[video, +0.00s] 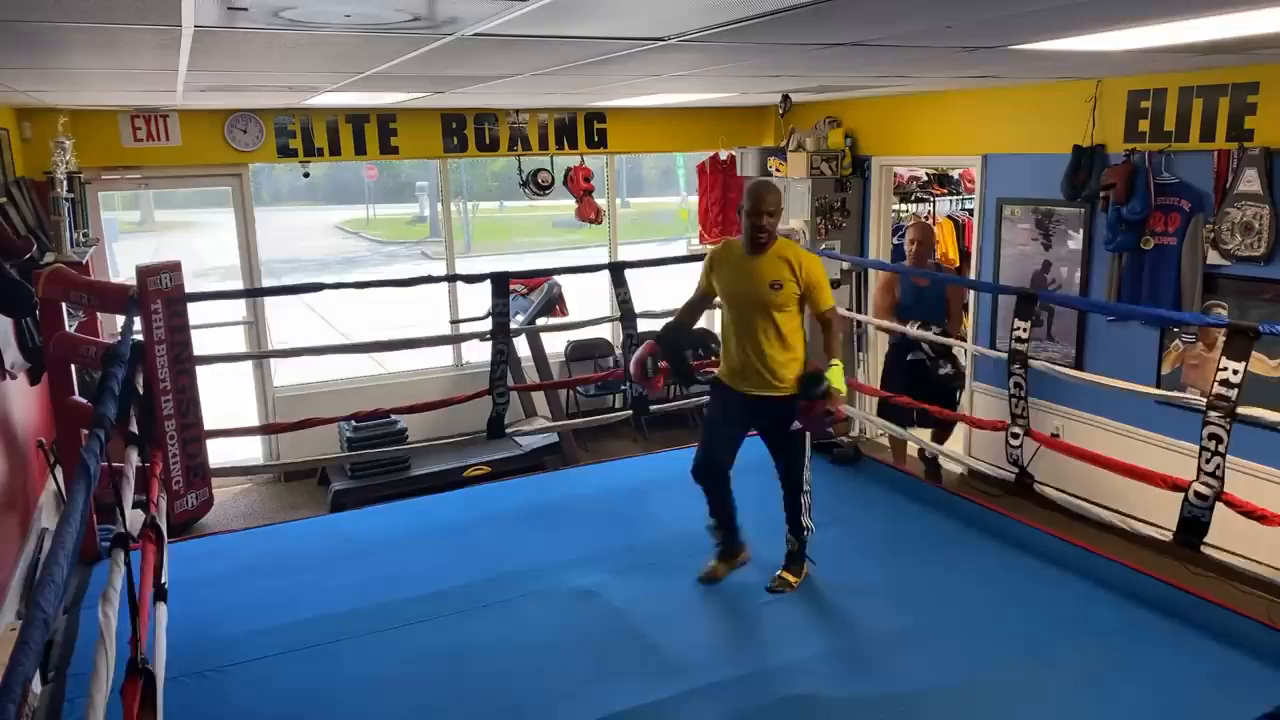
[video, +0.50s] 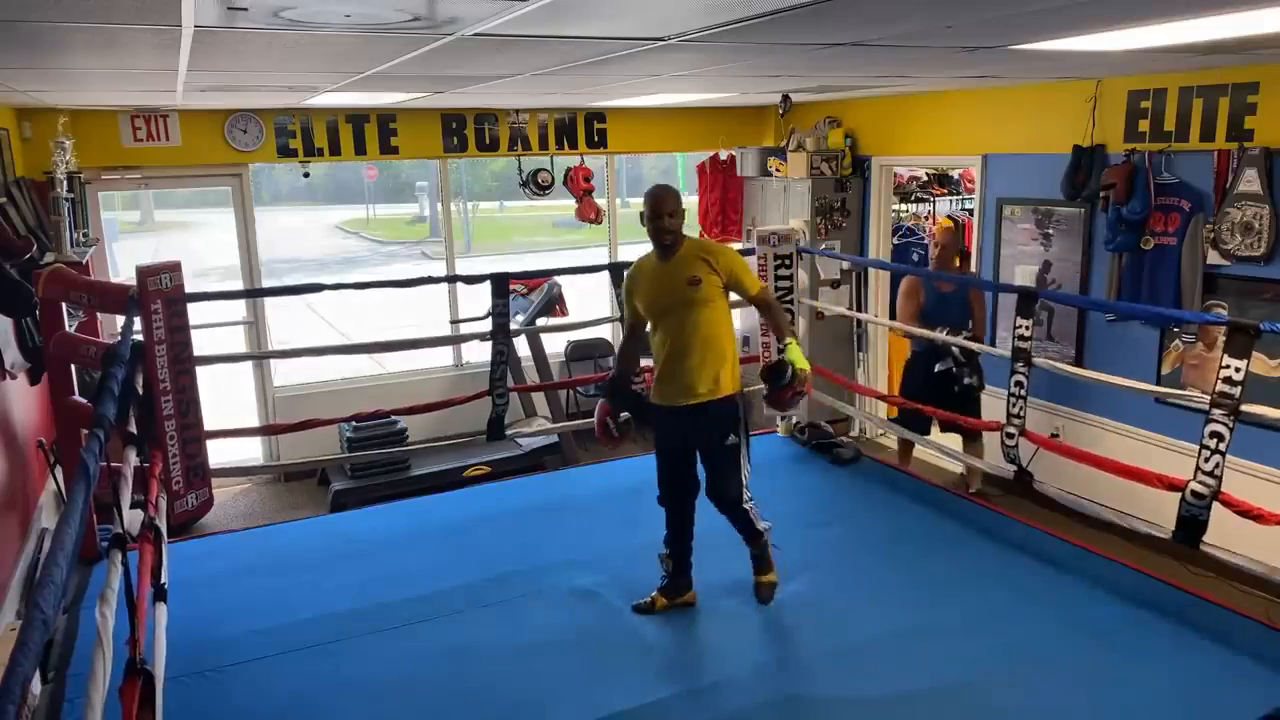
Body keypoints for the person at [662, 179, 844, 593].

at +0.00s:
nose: (761, 224)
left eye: (770, 215)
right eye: (753, 214)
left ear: (782, 217)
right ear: (740, 213)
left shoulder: (801, 262)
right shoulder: (721, 257)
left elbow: (830, 320)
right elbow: (699, 301)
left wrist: (829, 370)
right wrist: (665, 338)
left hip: (783, 394)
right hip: (731, 388)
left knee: (795, 483)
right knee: (708, 469)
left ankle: (795, 560)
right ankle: (730, 548)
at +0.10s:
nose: (745, 228)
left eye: (754, 219)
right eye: (736, 219)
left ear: (766, 221)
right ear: (724, 217)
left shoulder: (786, 264)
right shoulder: (707, 261)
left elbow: (823, 321)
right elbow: (683, 309)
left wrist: (819, 369)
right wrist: (648, 344)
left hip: (774, 399)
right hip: (722, 397)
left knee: (790, 486)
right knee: (700, 482)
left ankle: (795, 561)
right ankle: (690, 575)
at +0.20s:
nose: (728, 229)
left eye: (736, 221)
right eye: (720, 221)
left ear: (748, 224)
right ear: (705, 223)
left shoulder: (769, 267)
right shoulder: (689, 268)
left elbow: (811, 319)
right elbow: (663, 323)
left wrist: (812, 367)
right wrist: (633, 362)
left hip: (762, 403)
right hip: (710, 403)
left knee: (783, 490)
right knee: (695, 497)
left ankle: (794, 560)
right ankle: (681, 581)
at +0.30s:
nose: (706, 224)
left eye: (713, 216)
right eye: (698, 216)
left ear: (724, 219)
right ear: (684, 219)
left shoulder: (748, 262)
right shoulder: (669, 270)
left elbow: (790, 313)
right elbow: (654, 328)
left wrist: (806, 362)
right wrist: (628, 372)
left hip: (745, 401)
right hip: (693, 404)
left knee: (766, 489)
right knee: (687, 499)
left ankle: (790, 551)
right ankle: (680, 582)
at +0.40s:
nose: (677, 224)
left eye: (685, 215)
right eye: (668, 217)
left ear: (696, 216)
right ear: (655, 220)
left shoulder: (724, 257)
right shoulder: (646, 275)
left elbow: (773, 306)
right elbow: (639, 329)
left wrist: (795, 353)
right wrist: (620, 384)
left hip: (726, 399)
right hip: (675, 404)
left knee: (736, 494)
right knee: (679, 501)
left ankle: (772, 542)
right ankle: (679, 583)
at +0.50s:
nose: (665, 224)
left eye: (672, 215)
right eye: (656, 216)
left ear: (683, 216)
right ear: (643, 220)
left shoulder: (715, 256)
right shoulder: (637, 275)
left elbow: (766, 302)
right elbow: (634, 335)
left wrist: (792, 348)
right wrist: (613, 394)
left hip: (719, 396)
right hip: (670, 402)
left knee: (726, 495)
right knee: (676, 499)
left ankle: (760, 549)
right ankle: (678, 583)